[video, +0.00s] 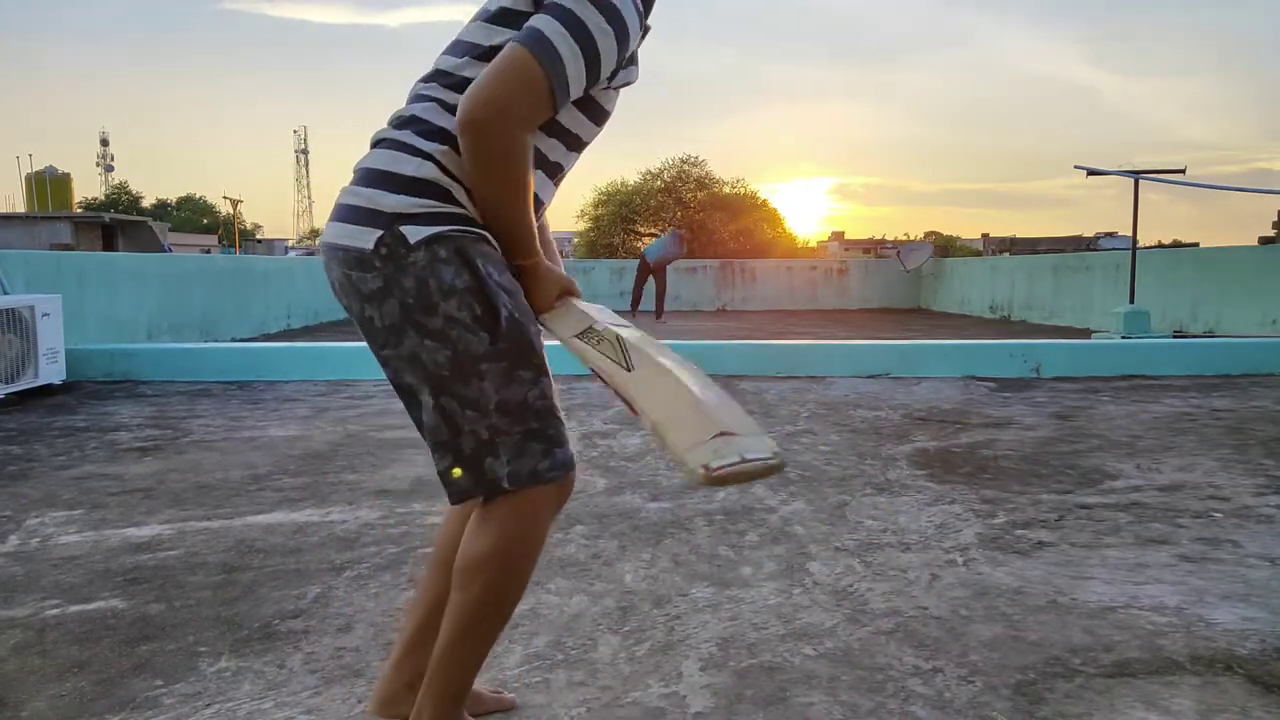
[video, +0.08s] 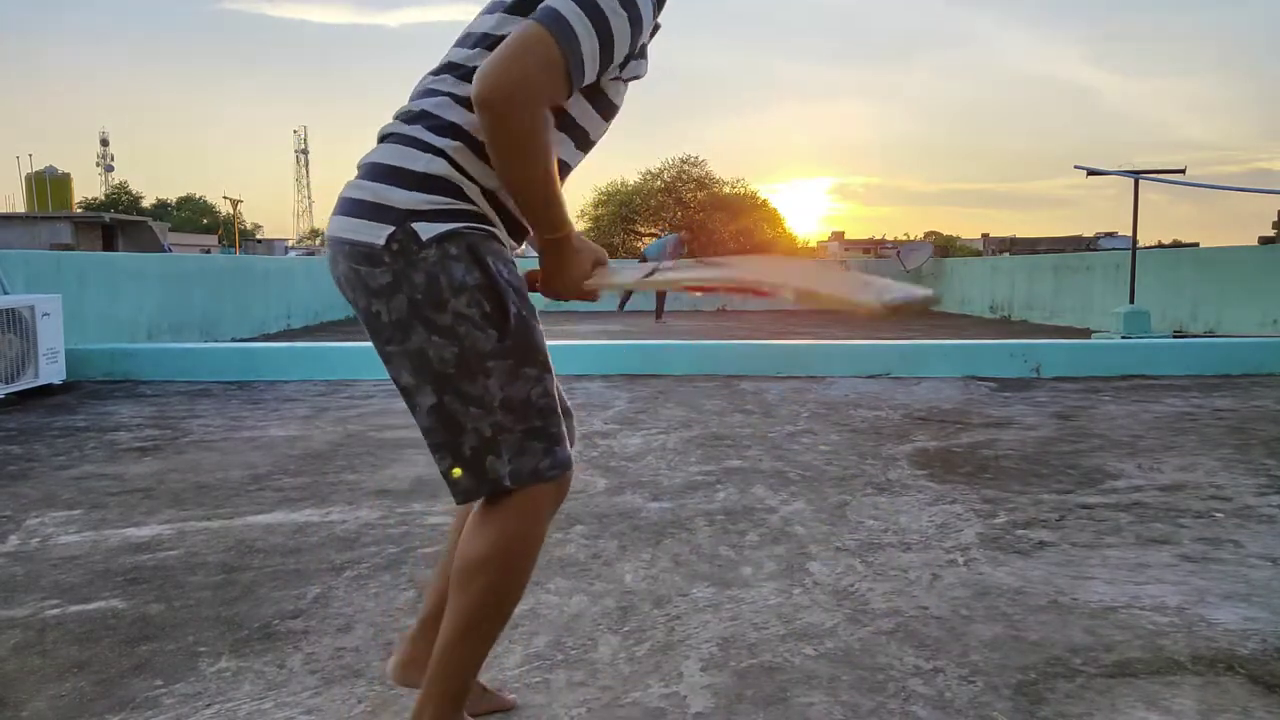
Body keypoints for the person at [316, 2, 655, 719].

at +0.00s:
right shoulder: (611, 8)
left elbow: (504, 147)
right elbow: (491, 117)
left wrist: (540, 262)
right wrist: (529, 263)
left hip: (380, 232)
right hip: (422, 234)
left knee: (486, 484)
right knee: (536, 475)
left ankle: (400, 693)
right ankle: (438, 702)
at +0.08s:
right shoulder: (620, 3)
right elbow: (508, 89)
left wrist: (551, 245)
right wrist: (558, 239)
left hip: (392, 225)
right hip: (428, 228)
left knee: (516, 455)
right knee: (536, 472)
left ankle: (427, 649)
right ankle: (440, 704)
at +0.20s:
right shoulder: (632, 2)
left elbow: (512, 136)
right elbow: (536, 9)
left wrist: (589, 231)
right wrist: (621, 169)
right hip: (438, 219)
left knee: (553, 405)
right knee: (529, 474)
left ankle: (518, 643)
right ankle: (437, 706)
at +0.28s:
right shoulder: (641, 5)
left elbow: (584, 187)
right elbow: (561, 1)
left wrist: (657, 225)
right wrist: (656, 131)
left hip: (389, 225)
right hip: (461, 227)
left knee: (535, 444)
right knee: (531, 480)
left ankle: (596, 619)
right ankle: (436, 706)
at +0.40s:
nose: (699, 10)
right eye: (692, 12)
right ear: (678, 0)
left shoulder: (575, 21)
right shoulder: (656, 2)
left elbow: (634, 127)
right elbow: (587, 104)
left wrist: (711, 220)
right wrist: (706, 228)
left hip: (412, 247)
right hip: (497, 250)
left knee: (545, 456)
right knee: (560, 494)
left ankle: (622, 612)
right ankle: (434, 708)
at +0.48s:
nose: (718, 15)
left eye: (721, 8)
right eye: (723, 6)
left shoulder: (573, 8)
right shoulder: (670, 40)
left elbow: (681, 149)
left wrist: (746, 250)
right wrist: (719, 293)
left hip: (433, 254)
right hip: (522, 262)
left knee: (554, 454)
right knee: (568, 485)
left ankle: (624, 612)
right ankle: (435, 705)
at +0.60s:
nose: (739, 13)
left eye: (740, 8)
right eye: (741, 8)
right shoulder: (704, 48)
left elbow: (578, 96)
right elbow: (681, 207)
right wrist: (676, 246)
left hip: (454, 238)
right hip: (553, 261)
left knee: (540, 453)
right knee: (569, 475)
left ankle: (610, 612)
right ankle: (433, 677)